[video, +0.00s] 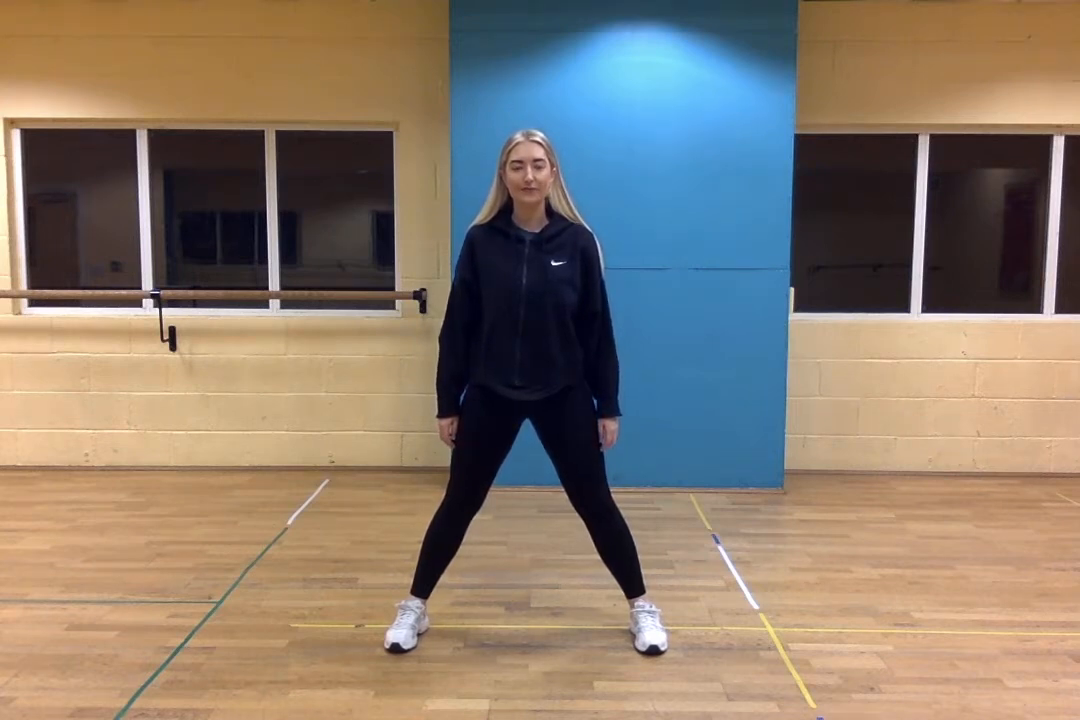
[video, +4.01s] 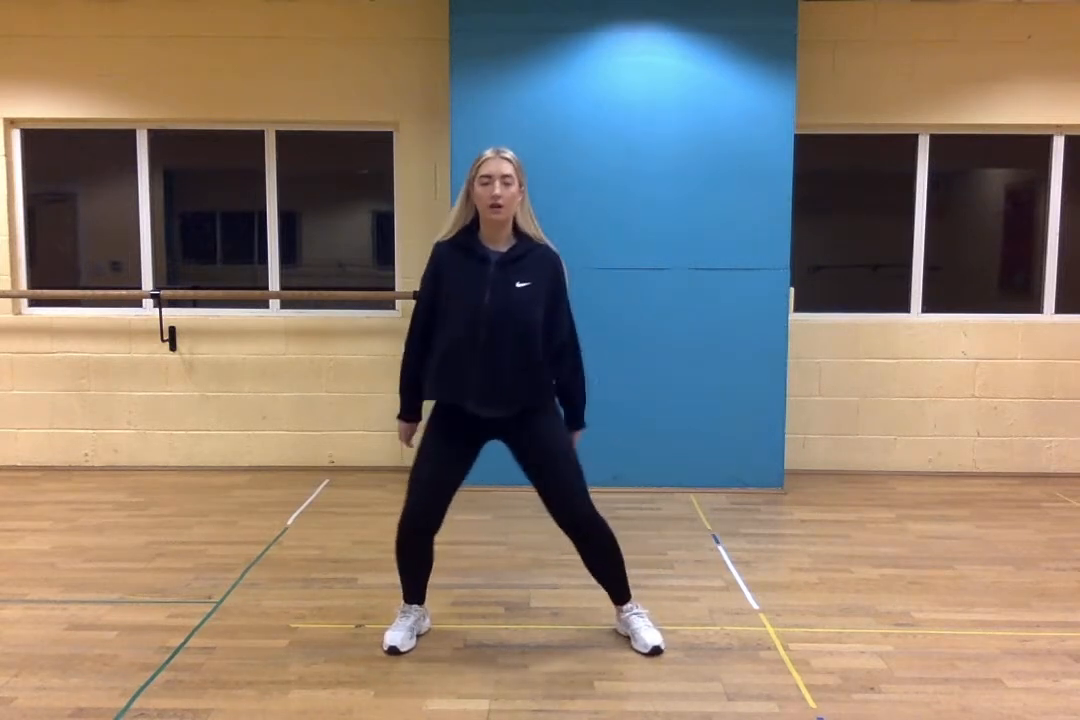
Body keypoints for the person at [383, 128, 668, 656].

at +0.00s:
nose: (528, 173)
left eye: (538, 164)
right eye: (518, 165)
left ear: (553, 173)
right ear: (504, 175)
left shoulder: (578, 240)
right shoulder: (481, 238)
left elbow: (597, 325)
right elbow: (457, 322)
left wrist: (608, 405)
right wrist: (448, 402)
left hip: (563, 394)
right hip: (491, 394)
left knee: (595, 503)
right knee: (459, 501)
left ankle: (641, 607)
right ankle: (413, 606)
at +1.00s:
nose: (531, 175)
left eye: (540, 165)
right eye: (520, 166)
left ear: (554, 174)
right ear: (505, 176)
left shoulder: (579, 240)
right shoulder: (482, 238)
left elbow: (597, 325)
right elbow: (457, 321)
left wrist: (608, 404)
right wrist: (447, 402)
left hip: (561, 394)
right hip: (490, 394)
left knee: (594, 503)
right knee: (459, 501)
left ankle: (641, 607)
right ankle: (414, 606)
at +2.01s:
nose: (489, 181)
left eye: (499, 173)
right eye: (478, 172)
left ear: (514, 184)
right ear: (463, 182)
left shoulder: (534, 255)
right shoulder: (437, 246)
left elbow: (555, 336)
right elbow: (408, 324)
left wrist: (569, 414)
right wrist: (393, 404)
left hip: (520, 405)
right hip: (447, 404)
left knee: (571, 509)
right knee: (407, 519)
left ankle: (633, 605)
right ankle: (410, 608)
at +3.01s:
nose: (503, 188)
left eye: (513, 180)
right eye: (493, 180)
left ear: (528, 191)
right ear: (479, 192)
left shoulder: (552, 259)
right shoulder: (455, 257)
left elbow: (573, 341)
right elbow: (423, 336)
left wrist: (581, 417)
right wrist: (409, 415)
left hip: (529, 410)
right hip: (457, 410)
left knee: (573, 516)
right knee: (418, 516)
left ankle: (629, 609)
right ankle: (412, 610)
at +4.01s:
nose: (496, 190)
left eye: (506, 181)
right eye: (486, 181)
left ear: (520, 191)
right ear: (471, 192)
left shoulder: (543, 260)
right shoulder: (447, 255)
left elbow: (563, 341)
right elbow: (421, 332)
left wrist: (574, 417)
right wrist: (409, 406)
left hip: (528, 409)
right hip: (458, 409)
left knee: (577, 513)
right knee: (417, 517)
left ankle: (628, 609)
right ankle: (412, 610)